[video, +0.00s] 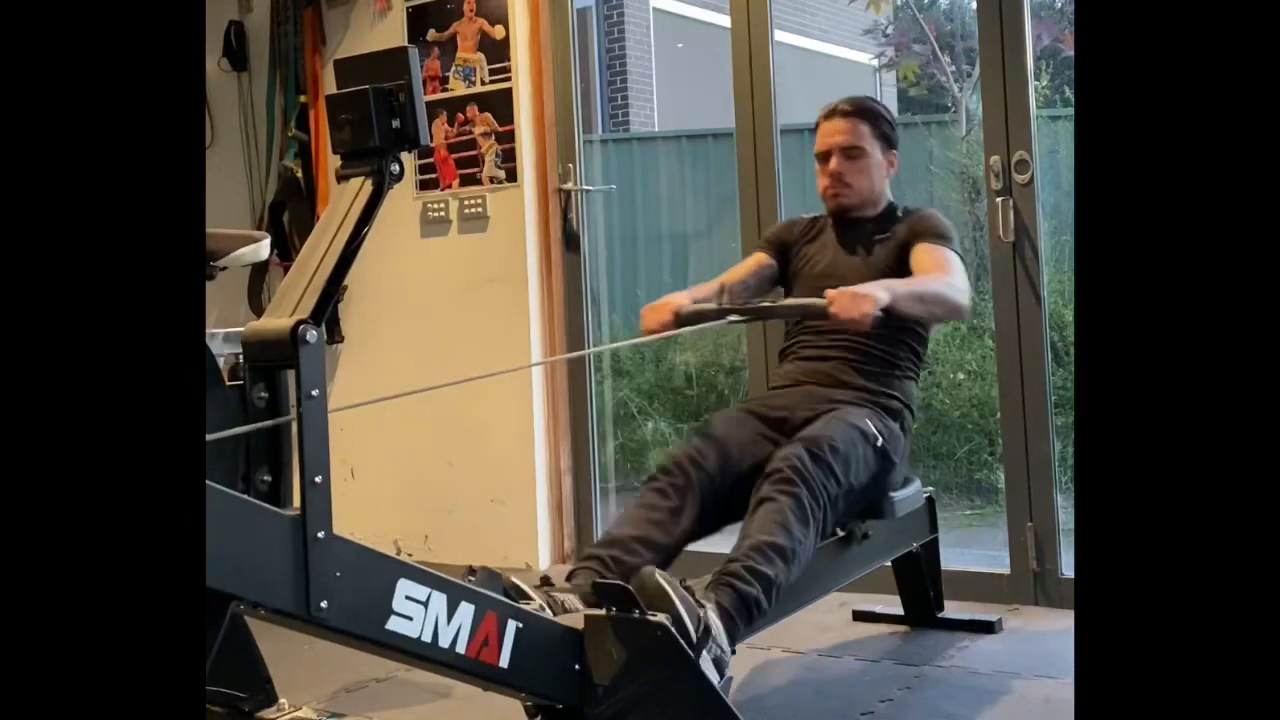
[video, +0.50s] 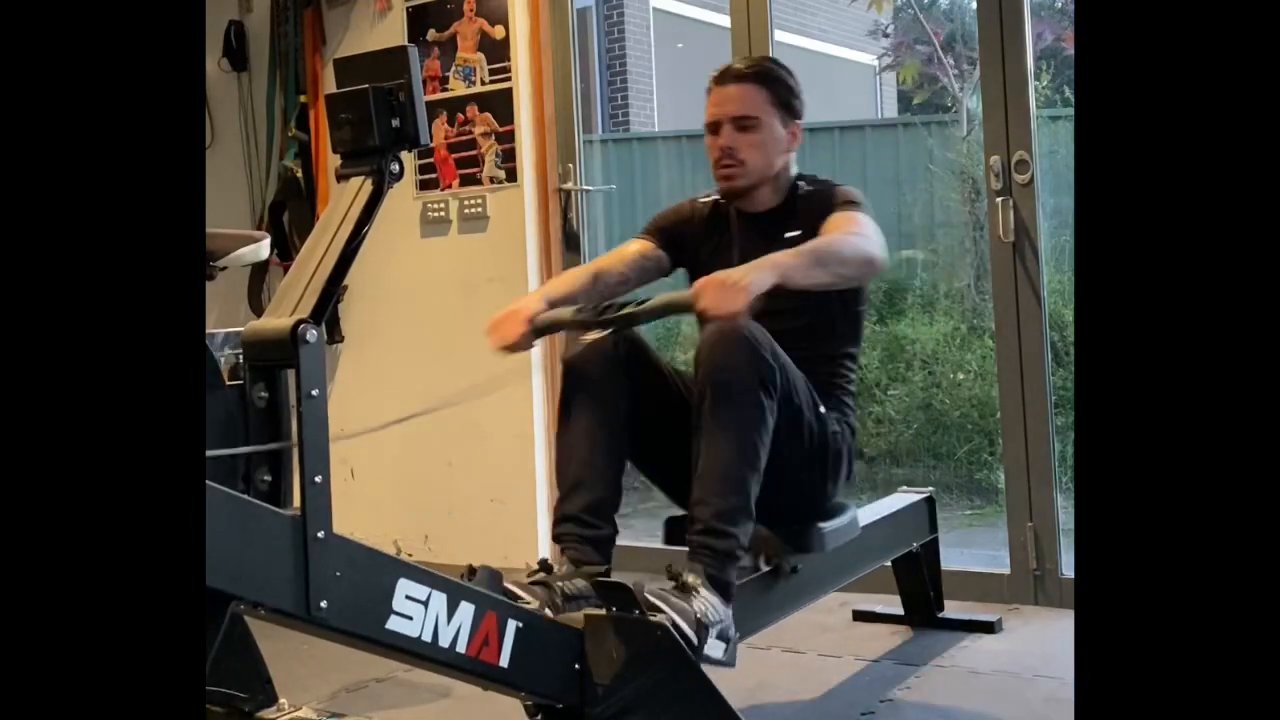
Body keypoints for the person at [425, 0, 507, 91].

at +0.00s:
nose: (471, 9)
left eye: (473, 6)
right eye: (468, 6)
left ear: (476, 8)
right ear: (463, 8)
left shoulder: (480, 22)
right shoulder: (457, 25)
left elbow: (493, 33)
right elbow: (445, 36)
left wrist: (498, 32)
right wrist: (435, 36)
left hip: (474, 60)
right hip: (460, 59)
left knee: (474, 89)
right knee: (458, 89)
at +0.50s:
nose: (471, 9)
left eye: (473, 7)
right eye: (468, 8)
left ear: (475, 8)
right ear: (463, 8)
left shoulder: (480, 22)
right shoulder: (458, 25)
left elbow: (493, 34)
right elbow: (445, 36)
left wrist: (498, 32)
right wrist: (435, 36)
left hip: (474, 60)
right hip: (460, 59)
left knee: (474, 89)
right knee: (458, 89)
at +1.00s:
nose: (471, 7)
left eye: (473, 5)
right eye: (468, 5)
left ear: (476, 8)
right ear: (463, 8)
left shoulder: (480, 22)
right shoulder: (457, 25)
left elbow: (493, 34)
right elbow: (445, 36)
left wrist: (498, 32)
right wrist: (435, 36)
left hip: (474, 60)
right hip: (460, 59)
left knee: (474, 89)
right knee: (459, 90)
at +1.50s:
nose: (471, 7)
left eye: (473, 4)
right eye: (469, 4)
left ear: (476, 7)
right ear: (463, 8)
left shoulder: (480, 22)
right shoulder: (457, 25)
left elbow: (493, 34)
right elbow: (445, 36)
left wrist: (498, 32)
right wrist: (435, 36)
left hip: (474, 60)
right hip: (460, 59)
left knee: (474, 89)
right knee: (459, 90)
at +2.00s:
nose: (471, 7)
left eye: (473, 5)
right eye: (469, 4)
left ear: (476, 8)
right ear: (463, 8)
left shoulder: (480, 22)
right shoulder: (457, 25)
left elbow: (493, 34)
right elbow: (445, 36)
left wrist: (498, 32)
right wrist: (435, 36)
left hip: (474, 60)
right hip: (460, 59)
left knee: (474, 89)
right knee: (458, 89)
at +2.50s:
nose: (471, 7)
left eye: (473, 4)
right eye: (468, 4)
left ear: (476, 7)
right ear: (463, 7)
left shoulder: (480, 22)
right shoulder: (457, 24)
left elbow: (493, 34)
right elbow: (445, 36)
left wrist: (498, 32)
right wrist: (435, 36)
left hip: (474, 60)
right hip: (460, 59)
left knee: (474, 89)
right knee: (458, 89)